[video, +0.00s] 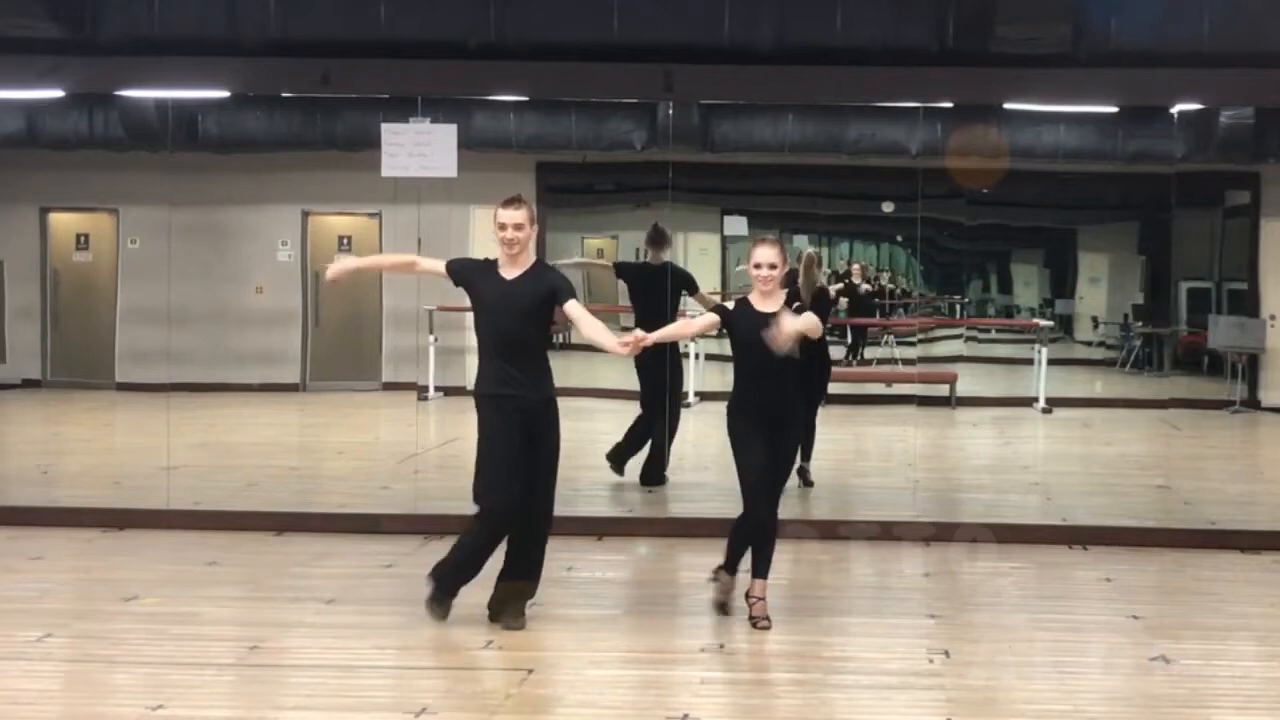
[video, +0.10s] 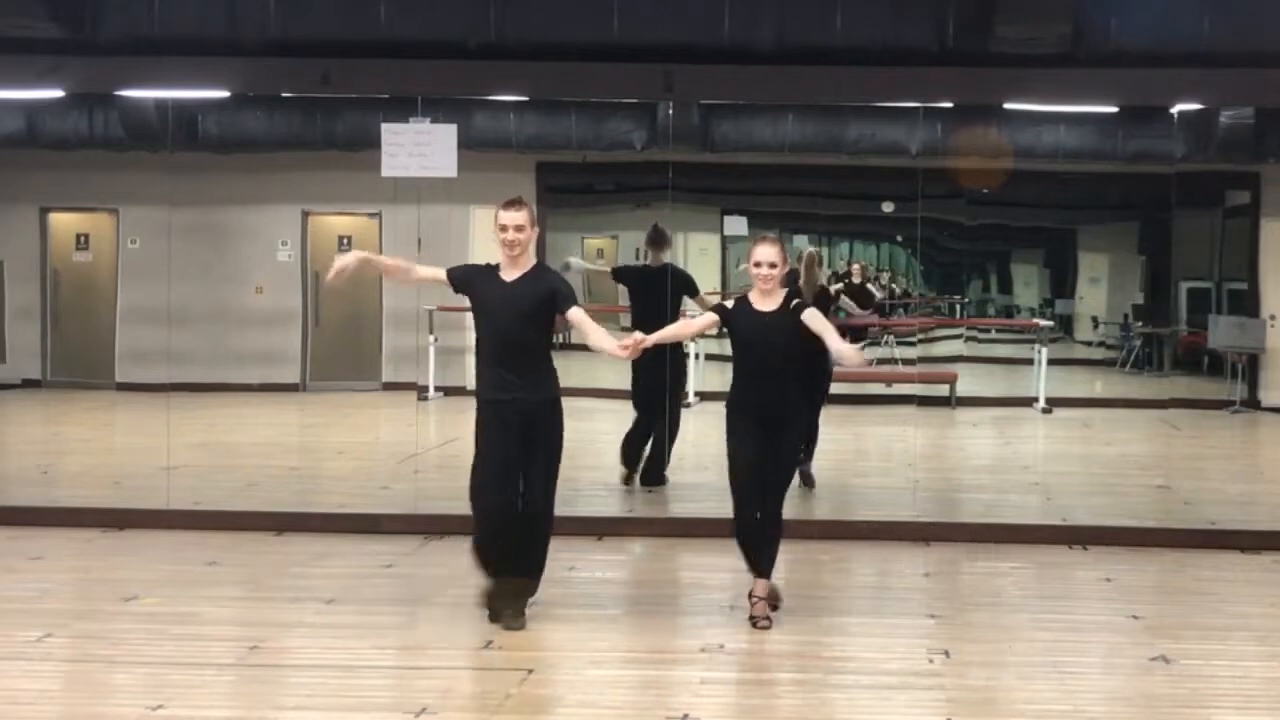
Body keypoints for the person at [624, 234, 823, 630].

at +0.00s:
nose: (765, 273)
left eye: (772, 267)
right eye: (758, 266)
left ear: (784, 270)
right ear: (747, 270)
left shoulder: (799, 313)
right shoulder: (734, 310)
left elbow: (813, 325)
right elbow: (692, 326)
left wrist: (794, 328)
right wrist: (650, 337)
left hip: (788, 419)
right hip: (747, 417)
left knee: (768, 504)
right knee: (756, 505)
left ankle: (758, 591)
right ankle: (726, 572)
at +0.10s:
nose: (765, 271)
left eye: (772, 265)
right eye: (758, 265)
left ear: (785, 268)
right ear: (748, 268)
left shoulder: (798, 308)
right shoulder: (734, 308)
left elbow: (831, 337)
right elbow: (691, 327)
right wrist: (648, 339)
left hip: (789, 416)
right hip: (744, 415)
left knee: (771, 501)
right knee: (744, 502)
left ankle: (760, 588)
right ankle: (763, 580)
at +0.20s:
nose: (764, 267)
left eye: (771, 261)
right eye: (758, 261)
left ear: (784, 265)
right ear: (749, 265)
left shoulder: (800, 303)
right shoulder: (734, 306)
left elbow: (850, 326)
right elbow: (687, 328)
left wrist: (892, 344)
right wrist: (641, 345)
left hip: (786, 412)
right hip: (744, 411)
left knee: (764, 496)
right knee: (755, 496)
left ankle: (761, 588)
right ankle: (783, 574)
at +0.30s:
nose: (763, 275)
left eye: (771, 268)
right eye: (757, 268)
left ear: (784, 272)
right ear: (748, 271)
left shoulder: (800, 310)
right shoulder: (731, 312)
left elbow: (857, 321)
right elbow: (682, 332)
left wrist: (910, 326)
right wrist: (635, 346)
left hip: (787, 418)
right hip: (753, 420)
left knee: (739, 499)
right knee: (783, 503)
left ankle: (756, 585)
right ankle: (800, 578)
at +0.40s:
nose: (764, 277)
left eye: (772, 270)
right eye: (758, 270)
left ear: (785, 274)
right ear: (748, 273)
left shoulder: (801, 311)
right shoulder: (731, 314)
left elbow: (855, 315)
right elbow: (683, 333)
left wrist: (905, 313)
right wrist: (638, 352)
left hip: (790, 420)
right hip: (752, 420)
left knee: (748, 504)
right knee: (756, 504)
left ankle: (762, 589)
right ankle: (790, 575)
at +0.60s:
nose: (767, 268)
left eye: (775, 261)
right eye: (761, 261)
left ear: (787, 265)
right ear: (751, 264)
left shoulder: (805, 302)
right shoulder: (737, 304)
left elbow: (856, 309)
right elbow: (687, 324)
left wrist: (840, 274)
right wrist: (640, 338)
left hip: (794, 418)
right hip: (751, 416)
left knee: (772, 505)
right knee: (752, 503)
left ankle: (754, 588)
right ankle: (734, 601)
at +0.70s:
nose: (768, 267)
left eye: (775, 260)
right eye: (761, 260)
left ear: (789, 264)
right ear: (751, 262)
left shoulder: (801, 300)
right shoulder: (740, 303)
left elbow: (821, 313)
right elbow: (693, 328)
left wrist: (825, 261)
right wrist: (647, 344)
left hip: (786, 414)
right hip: (754, 413)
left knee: (748, 499)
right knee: (767, 507)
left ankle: (733, 584)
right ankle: (752, 600)